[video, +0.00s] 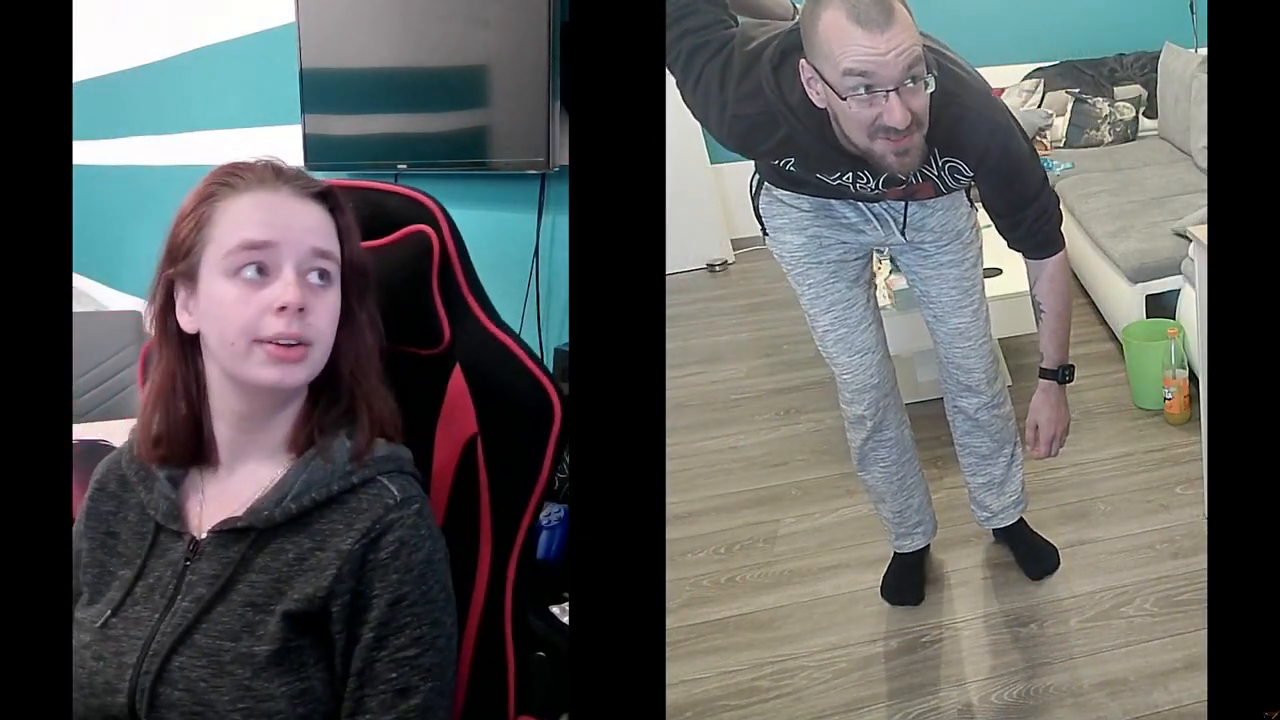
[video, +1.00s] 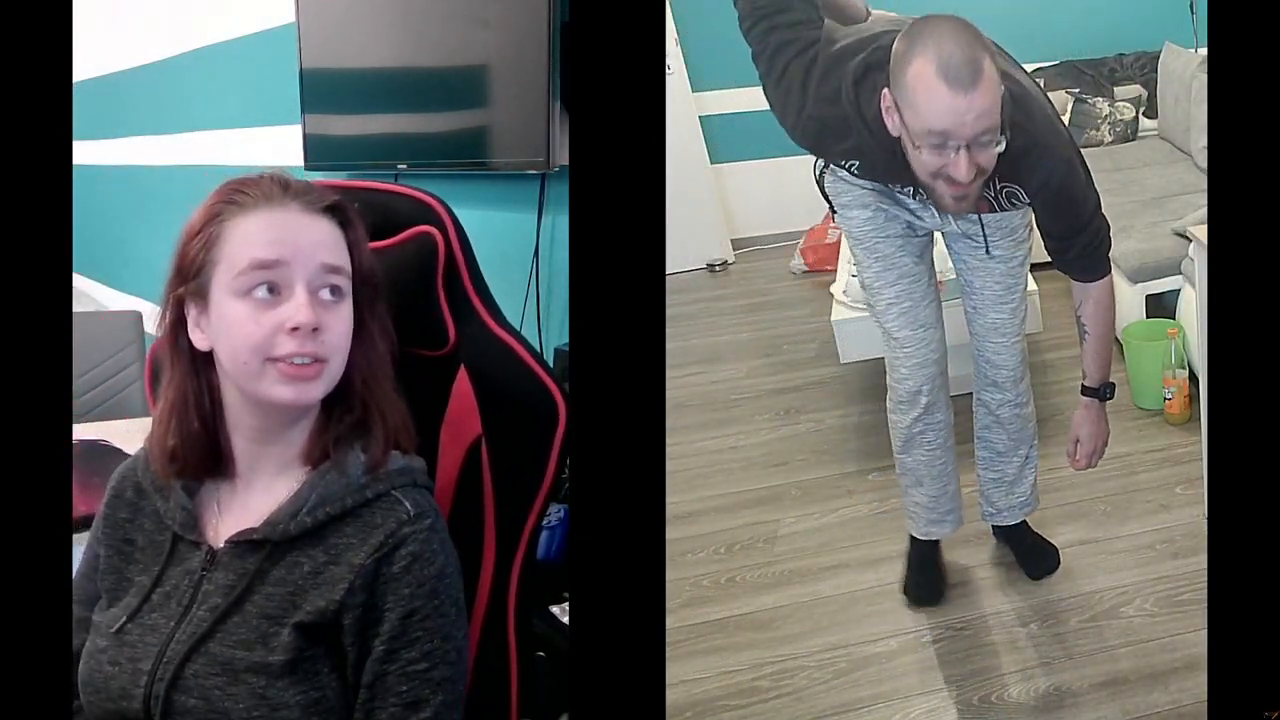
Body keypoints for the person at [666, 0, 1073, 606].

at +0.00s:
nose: (899, 114)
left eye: (911, 80)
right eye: (865, 91)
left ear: (925, 57)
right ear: (813, 84)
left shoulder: (973, 115)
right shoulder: (749, 99)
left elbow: (1045, 241)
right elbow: (682, 13)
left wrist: (1055, 379)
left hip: (936, 197)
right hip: (807, 201)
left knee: (973, 368)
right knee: (864, 388)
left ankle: (1004, 513)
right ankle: (909, 537)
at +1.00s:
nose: (964, 167)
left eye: (984, 140)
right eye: (941, 144)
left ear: (999, 103)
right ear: (893, 114)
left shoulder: (1039, 143)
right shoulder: (825, 103)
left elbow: (1092, 269)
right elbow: (758, 4)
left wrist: (1095, 397)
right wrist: (856, 31)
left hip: (992, 191)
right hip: (871, 177)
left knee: (1002, 356)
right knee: (914, 362)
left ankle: (1010, 514)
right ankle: (925, 532)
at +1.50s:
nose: (911, 315)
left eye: (927, 291)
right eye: (886, 298)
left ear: (949, 217)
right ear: (837, 229)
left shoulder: (1005, 203)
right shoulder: (781, 196)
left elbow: (1080, 322)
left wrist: (1084, 451)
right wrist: (733, 345)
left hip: (938, 79)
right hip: (812, 89)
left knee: (983, 364)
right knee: (899, 386)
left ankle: (1008, 506)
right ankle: (944, 541)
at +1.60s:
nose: (902, 351)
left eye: (917, 330)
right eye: (880, 338)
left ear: (938, 252)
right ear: (825, 266)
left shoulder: (994, 224)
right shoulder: (771, 227)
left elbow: (1083, 341)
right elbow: (717, 264)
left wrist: (1082, 472)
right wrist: (757, 399)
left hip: (927, 90)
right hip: (804, 101)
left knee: (984, 376)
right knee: (892, 400)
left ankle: (995, 483)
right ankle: (941, 542)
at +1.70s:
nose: (896, 384)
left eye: (908, 362)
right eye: (874, 373)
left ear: (929, 284)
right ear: (818, 300)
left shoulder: (992, 252)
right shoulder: (760, 262)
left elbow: (1085, 366)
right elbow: (723, 309)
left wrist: (1083, 500)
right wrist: (779, 435)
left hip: (919, 101)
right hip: (798, 111)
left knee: (976, 375)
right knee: (884, 406)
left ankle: (979, 454)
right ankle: (941, 549)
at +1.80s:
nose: (885, 413)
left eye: (898, 395)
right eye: (865, 403)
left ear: (925, 313)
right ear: (812, 325)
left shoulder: (991, 275)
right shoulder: (761, 282)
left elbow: (1087, 388)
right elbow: (723, 336)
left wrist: (1090, 528)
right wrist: (787, 460)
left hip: (917, 109)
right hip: (798, 120)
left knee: (962, 366)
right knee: (888, 421)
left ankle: (966, 435)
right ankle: (944, 552)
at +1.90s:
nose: (887, 440)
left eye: (898, 421)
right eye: (864, 431)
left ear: (922, 337)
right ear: (809, 353)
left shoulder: (989, 298)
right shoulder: (757, 308)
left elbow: (1091, 416)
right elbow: (725, 367)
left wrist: (1101, 557)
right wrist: (788, 484)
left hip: (918, 118)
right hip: (800, 130)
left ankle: (952, 414)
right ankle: (948, 547)